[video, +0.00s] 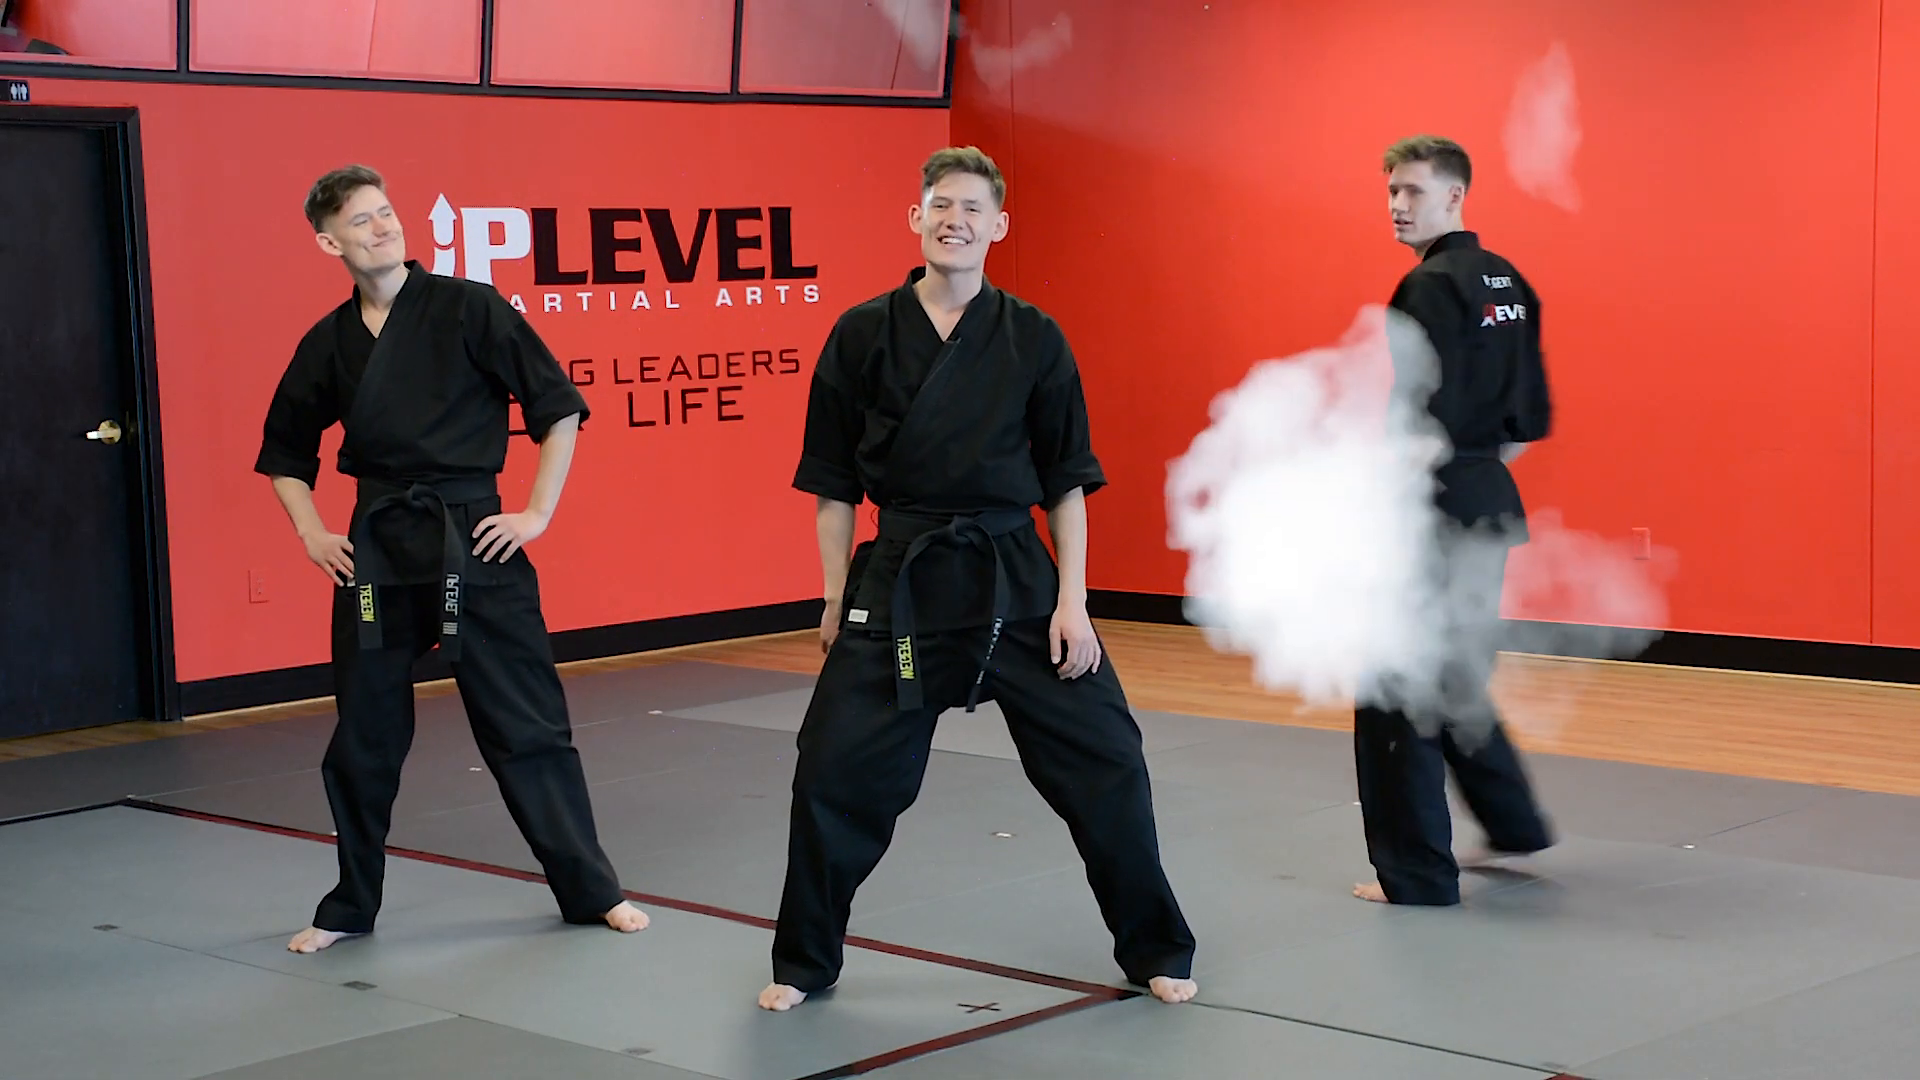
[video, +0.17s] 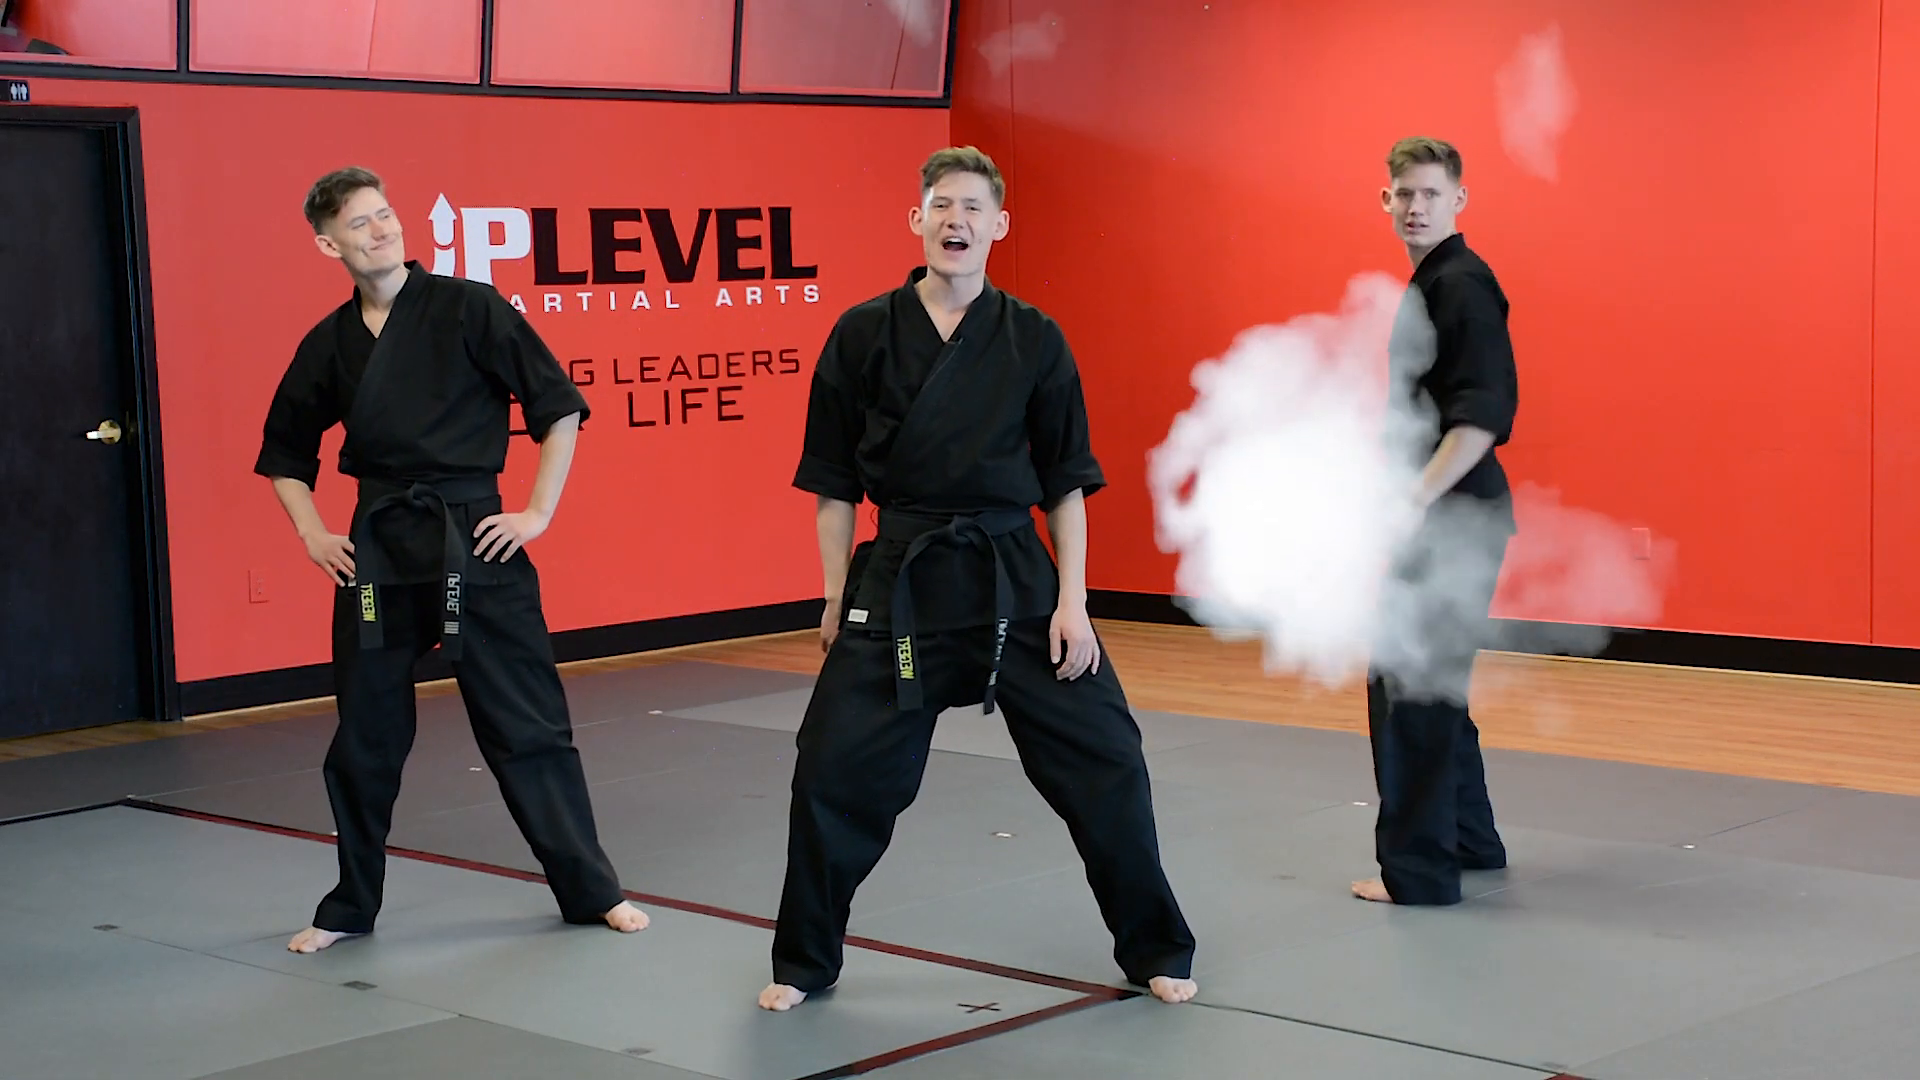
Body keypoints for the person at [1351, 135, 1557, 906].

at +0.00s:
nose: (1395, 205)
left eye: (1410, 191)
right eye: (1392, 192)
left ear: (1455, 196)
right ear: (1440, 200)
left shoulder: (1425, 291)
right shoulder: (1511, 283)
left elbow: (1413, 422)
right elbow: (1529, 418)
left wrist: (1359, 480)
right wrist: (1448, 444)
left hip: (1425, 512)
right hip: (1487, 512)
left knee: (1392, 685)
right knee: (1455, 677)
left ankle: (1417, 873)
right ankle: (1517, 832)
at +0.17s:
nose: (1412, 207)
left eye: (1428, 194)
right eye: (1402, 195)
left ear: (1458, 199)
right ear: (1390, 204)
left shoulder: (1465, 284)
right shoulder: (1431, 282)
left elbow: (1485, 413)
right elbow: (1431, 403)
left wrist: (1410, 499)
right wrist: (1388, 483)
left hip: (1456, 512)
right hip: (1437, 507)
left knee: (1409, 688)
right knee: (1424, 683)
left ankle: (1420, 873)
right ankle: (1470, 838)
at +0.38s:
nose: (1405, 205)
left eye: (1420, 192)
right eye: (1394, 192)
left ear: (1451, 201)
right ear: (1381, 201)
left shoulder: (1471, 285)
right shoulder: (1411, 289)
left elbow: (1509, 413)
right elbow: (1412, 419)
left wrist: (1448, 504)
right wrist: (1391, 523)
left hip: (1458, 514)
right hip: (1417, 511)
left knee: (1442, 690)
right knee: (1414, 684)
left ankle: (1471, 869)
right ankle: (1452, 844)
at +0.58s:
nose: (1398, 204)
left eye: (1414, 191)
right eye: (1388, 192)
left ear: (1446, 200)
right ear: (1376, 203)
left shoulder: (1473, 282)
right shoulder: (1401, 294)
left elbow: (1512, 408)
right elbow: (1410, 417)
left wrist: (1454, 497)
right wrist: (1365, 474)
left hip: (1462, 513)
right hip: (1413, 511)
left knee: (1457, 689)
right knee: (1415, 685)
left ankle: (1472, 870)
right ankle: (1451, 843)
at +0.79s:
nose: (1390, 213)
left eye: (1405, 199)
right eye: (1380, 200)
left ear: (1439, 203)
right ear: (1370, 206)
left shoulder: (1475, 284)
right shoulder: (1397, 293)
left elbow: (1513, 407)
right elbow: (1416, 416)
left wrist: (1442, 484)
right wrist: (1364, 461)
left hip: (1466, 522)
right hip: (1417, 519)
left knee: (1456, 692)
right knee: (1413, 687)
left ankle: (1472, 871)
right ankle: (1450, 843)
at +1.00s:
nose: (1378, 226)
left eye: (1389, 211)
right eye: (1370, 213)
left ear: (1431, 203)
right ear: (1367, 213)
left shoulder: (1473, 285)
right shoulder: (1400, 294)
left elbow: (1504, 407)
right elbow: (1409, 405)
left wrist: (1416, 459)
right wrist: (1364, 447)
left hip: (1463, 526)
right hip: (1416, 523)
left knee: (1455, 692)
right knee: (1415, 688)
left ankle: (1472, 870)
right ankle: (1452, 843)